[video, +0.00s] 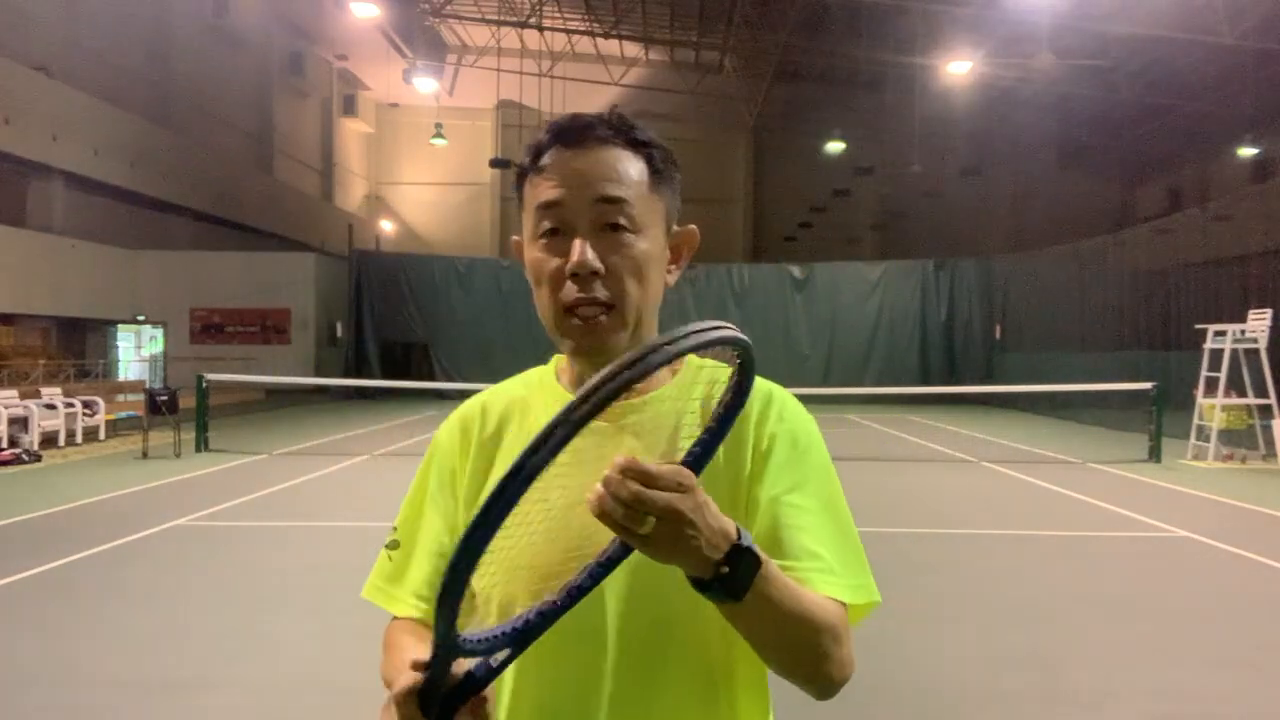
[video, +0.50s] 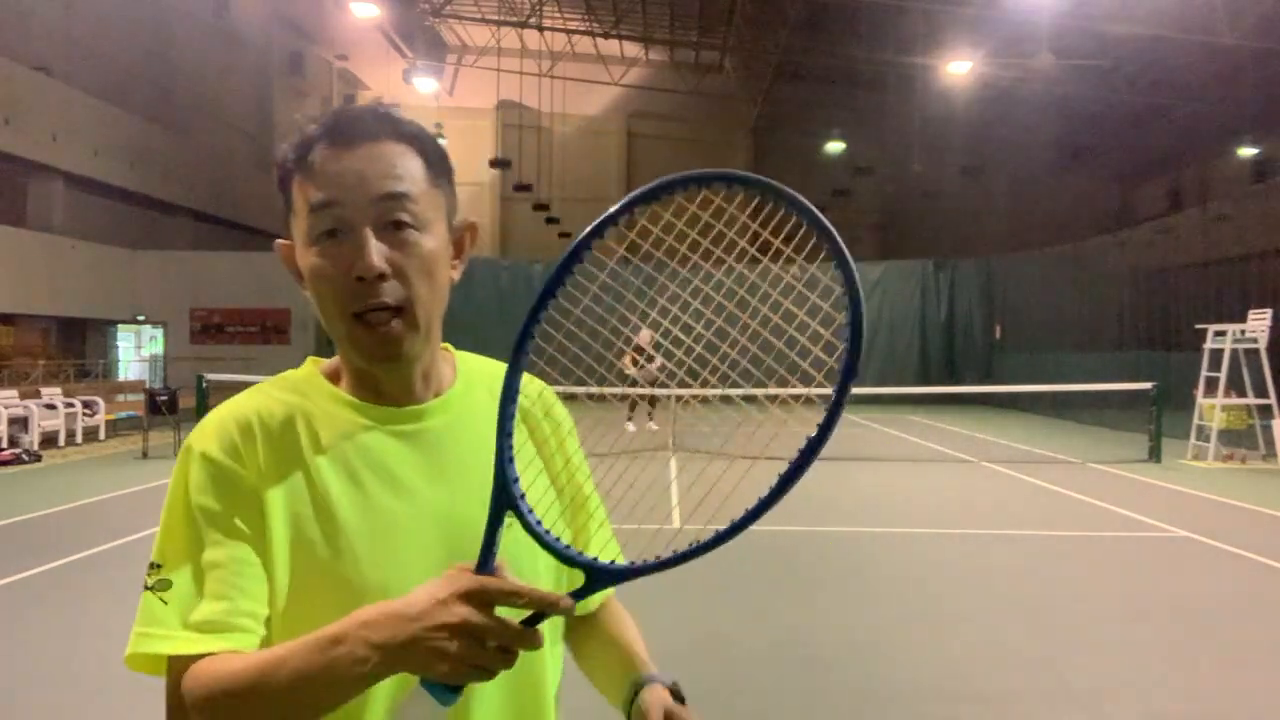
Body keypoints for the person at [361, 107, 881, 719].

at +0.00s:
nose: (581, 259)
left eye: (614, 226)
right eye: (552, 231)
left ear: (676, 254)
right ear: (523, 254)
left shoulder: (759, 418)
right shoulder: (477, 427)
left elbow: (828, 667)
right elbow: (414, 620)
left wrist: (717, 558)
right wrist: (424, 688)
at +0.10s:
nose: (557, 259)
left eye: (590, 229)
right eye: (528, 231)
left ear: (650, 254)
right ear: (496, 257)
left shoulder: (734, 421)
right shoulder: (444, 435)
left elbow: (816, 662)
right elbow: (381, 645)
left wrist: (728, 553)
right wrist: (414, 683)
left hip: (691, 709)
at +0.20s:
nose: (518, 264)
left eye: (549, 230)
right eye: (486, 236)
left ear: (606, 257)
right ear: (453, 264)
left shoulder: (688, 420)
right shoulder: (394, 442)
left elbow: (779, 668)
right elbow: (324, 671)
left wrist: (725, 549)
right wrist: (398, 678)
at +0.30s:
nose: (461, 264)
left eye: (492, 229)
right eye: (428, 235)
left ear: (549, 254)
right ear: (392, 262)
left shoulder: (633, 428)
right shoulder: (330, 444)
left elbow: (715, 672)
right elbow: (260, 686)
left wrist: (710, 597)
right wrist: (374, 665)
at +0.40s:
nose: (404, 264)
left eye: (435, 228)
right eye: (369, 236)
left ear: (495, 251)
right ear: (334, 268)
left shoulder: (574, 421)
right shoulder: (278, 444)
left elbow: (642, 609)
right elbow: (218, 689)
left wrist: (673, 645)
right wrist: (370, 651)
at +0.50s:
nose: (370, 263)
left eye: (398, 224)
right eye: (333, 233)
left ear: (458, 247)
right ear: (296, 266)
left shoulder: (527, 409)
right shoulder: (240, 443)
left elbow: (586, 595)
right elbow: (195, 695)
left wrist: (644, 689)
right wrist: (380, 638)